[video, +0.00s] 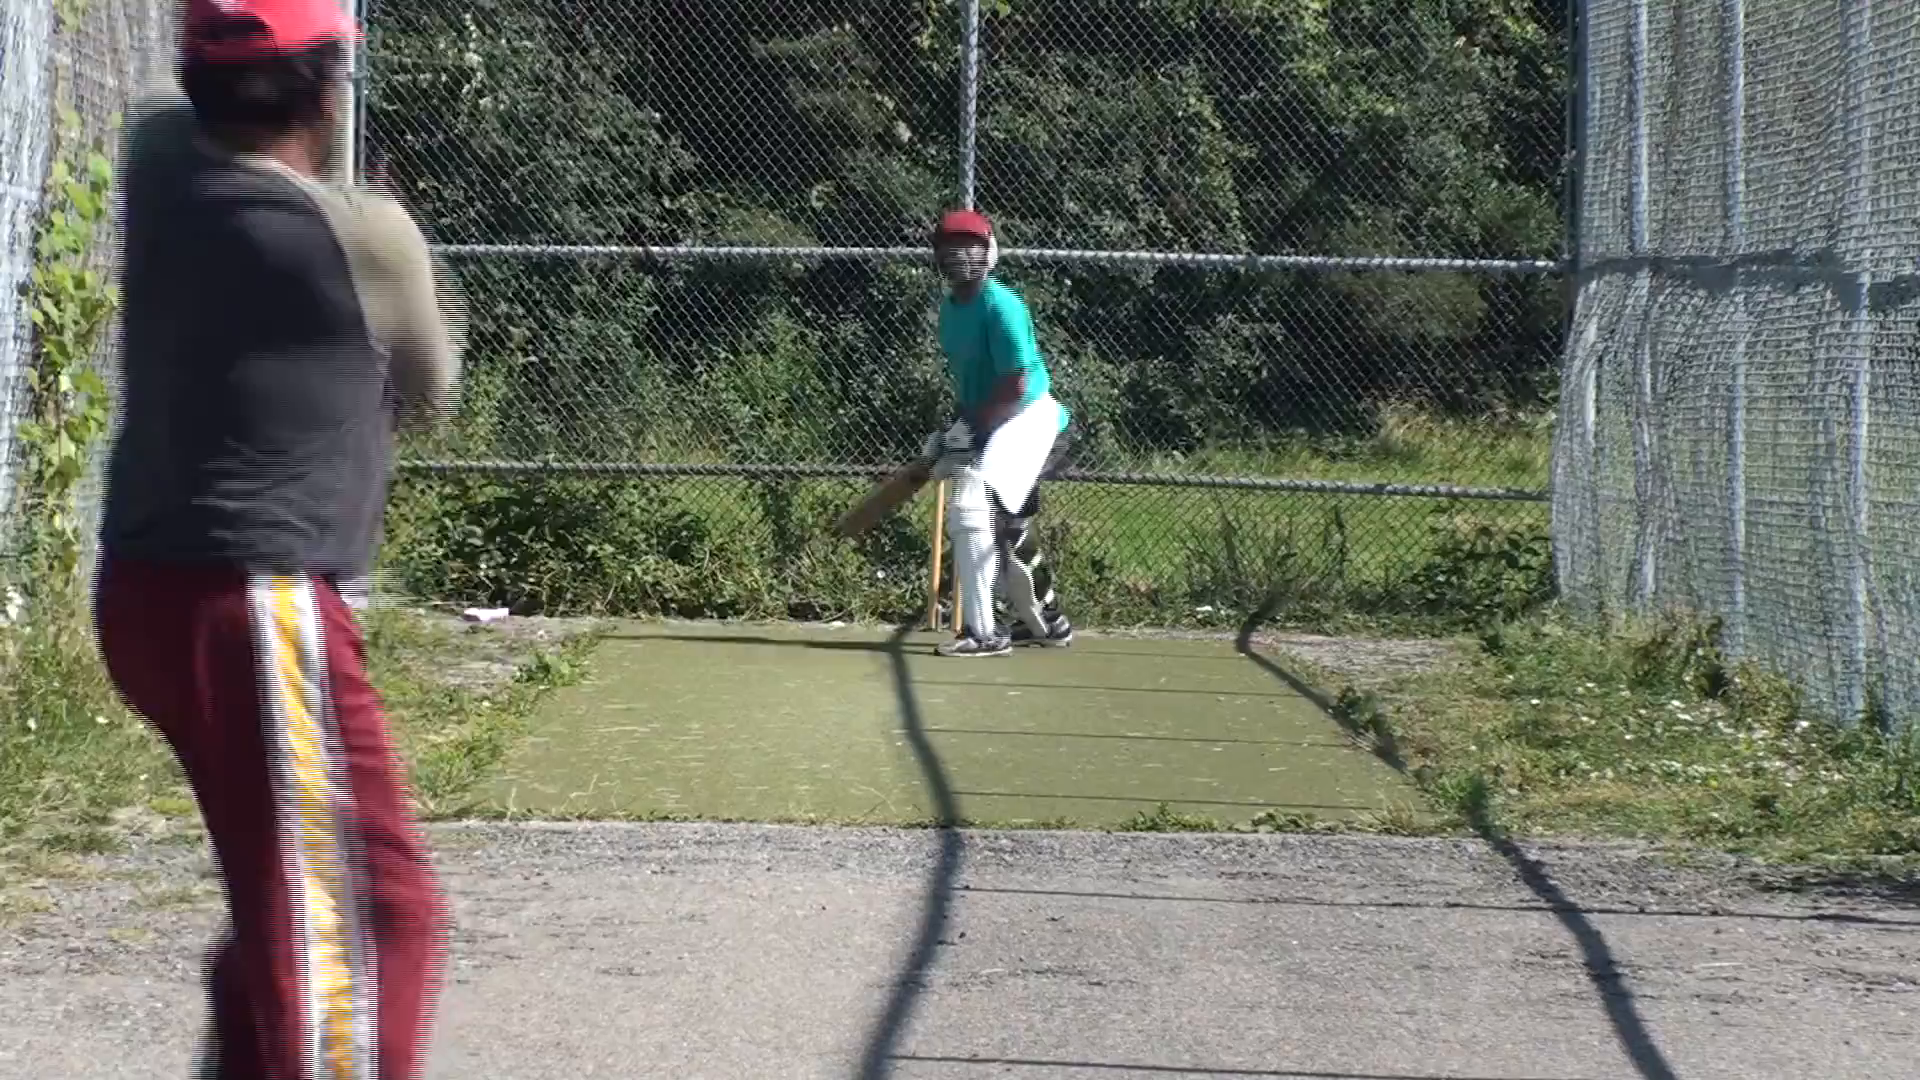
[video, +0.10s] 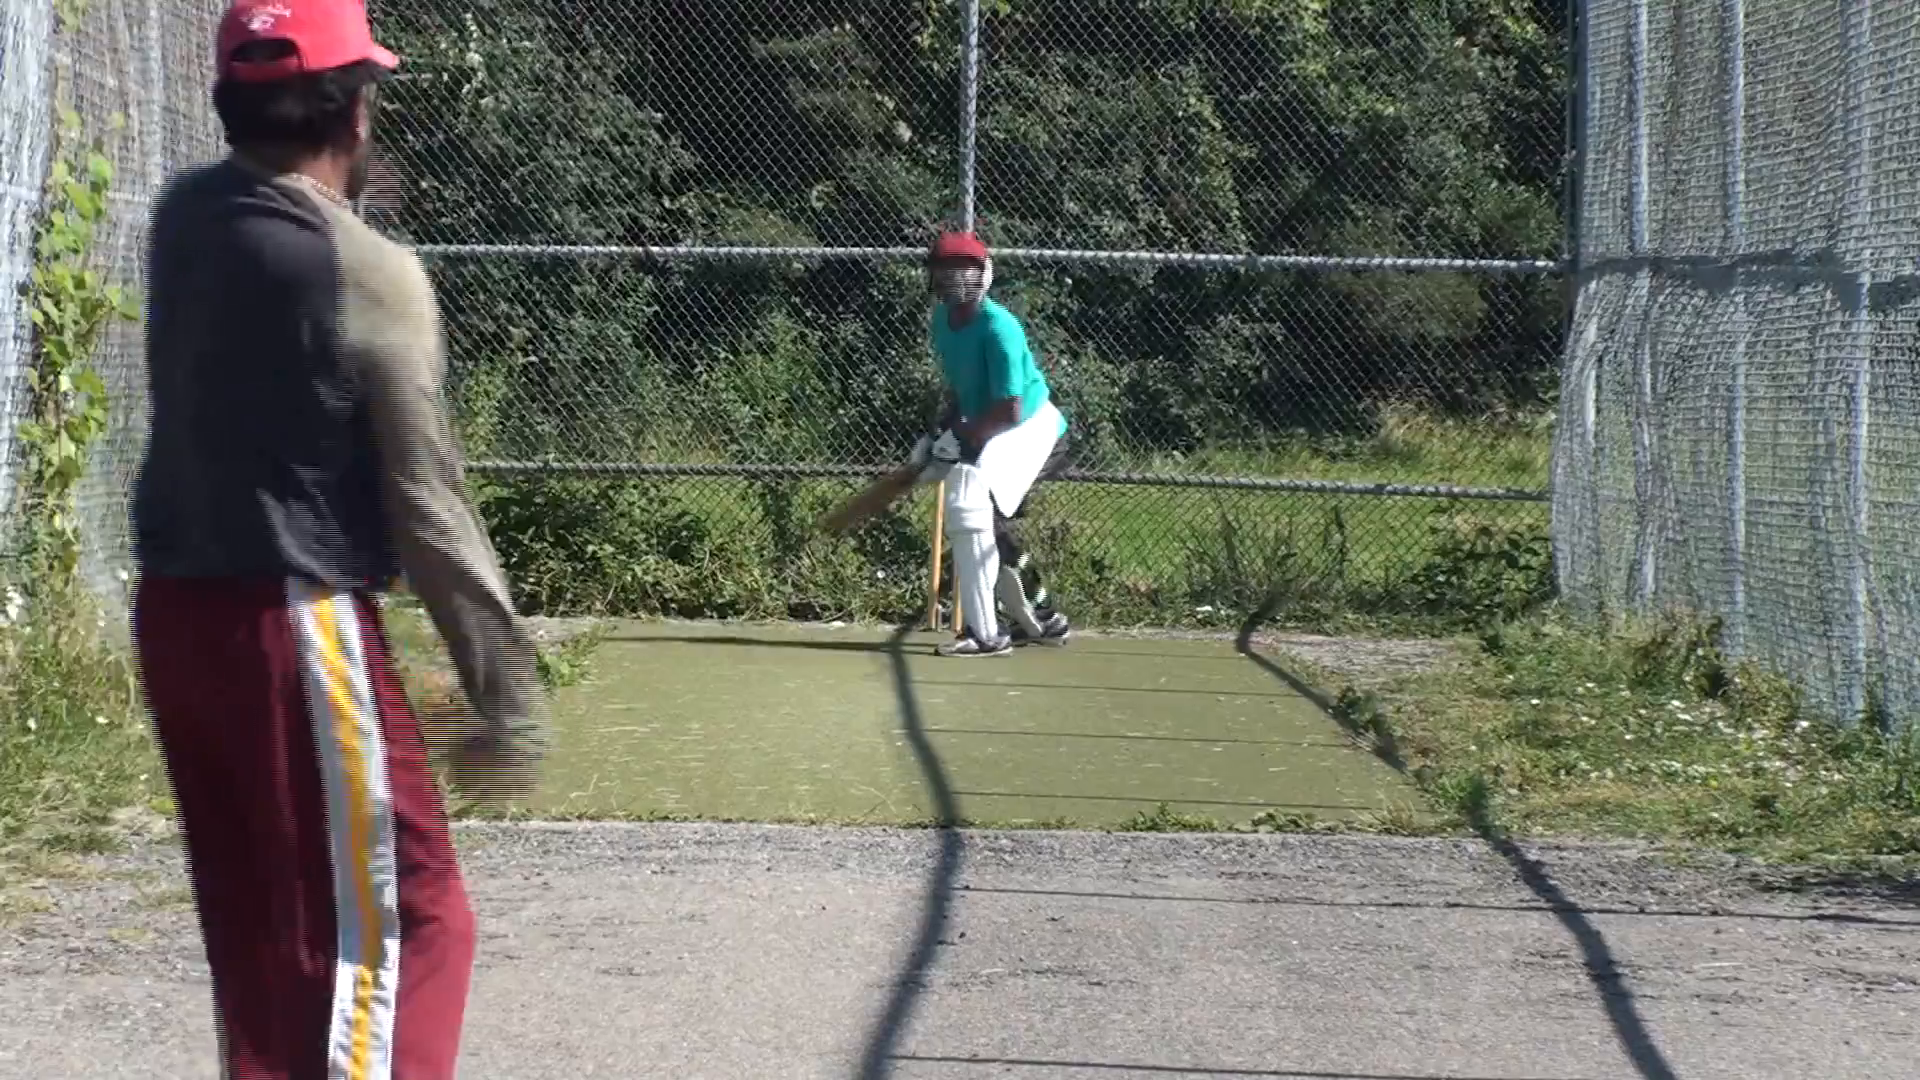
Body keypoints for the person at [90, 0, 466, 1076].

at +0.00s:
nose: (349, 89)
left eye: (342, 69)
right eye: (342, 73)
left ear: (204, 94)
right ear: (327, 91)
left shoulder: (161, 187)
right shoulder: (359, 228)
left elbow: (183, 102)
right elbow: (425, 391)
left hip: (152, 592)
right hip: (267, 601)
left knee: (279, 897)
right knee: (348, 910)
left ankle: (251, 1063)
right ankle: (330, 1070)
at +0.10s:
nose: (372, 110)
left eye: (368, 89)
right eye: (368, 92)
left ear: (238, 111)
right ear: (348, 110)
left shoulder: (185, 214)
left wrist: (334, 188)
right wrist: (500, 670)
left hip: (182, 614)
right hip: (302, 621)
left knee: (258, 916)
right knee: (410, 923)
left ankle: (269, 1069)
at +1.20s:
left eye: (93, 126)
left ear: (83, 135)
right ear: (193, 136)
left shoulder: (65, 228)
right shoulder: (249, 231)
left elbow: (65, 423)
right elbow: (266, 398)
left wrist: (37, 605)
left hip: (127, 546)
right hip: (260, 544)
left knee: (47, 827)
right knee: (240, 819)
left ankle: (7, 1043)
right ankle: (265, 1057)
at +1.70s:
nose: (73, 192)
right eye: (74, 179)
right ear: (72, 189)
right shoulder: (143, 276)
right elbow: (229, 449)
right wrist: (212, 542)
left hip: (18, 545)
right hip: (154, 538)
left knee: (0, 845)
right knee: (217, 816)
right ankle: (292, 1056)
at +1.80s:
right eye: (88, 182)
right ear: (87, 190)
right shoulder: (159, 279)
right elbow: (240, 449)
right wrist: (213, 561)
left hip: (21, 543)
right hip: (163, 539)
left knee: (4, 843)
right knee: (220, 823)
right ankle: (292, 1059)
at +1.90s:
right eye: (101, 186)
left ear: (4, 195)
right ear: (106, 194)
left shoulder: (0, 270)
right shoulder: (173, 278)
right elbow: (250, 451)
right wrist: (220, 568)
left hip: (25, 537)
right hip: (170, 533)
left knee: (6, 835)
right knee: (225, 819)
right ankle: (291, 1059)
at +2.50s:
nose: (224, 163)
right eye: (230, 149)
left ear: (132, 161)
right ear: (239, 162)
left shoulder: (58, 261)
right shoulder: (290, 267)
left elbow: (11, 424)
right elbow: (339, 454)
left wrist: (26, 533)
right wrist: (310, 584)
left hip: (65, 538)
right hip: (224, 542)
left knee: (29, 825)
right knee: (282, 820)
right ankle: (284, 1053)